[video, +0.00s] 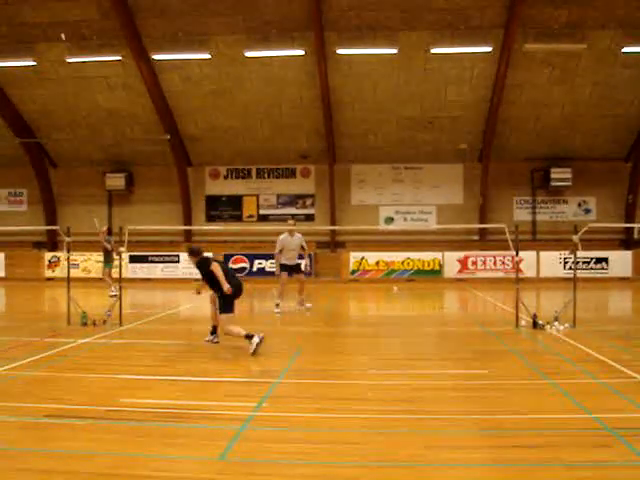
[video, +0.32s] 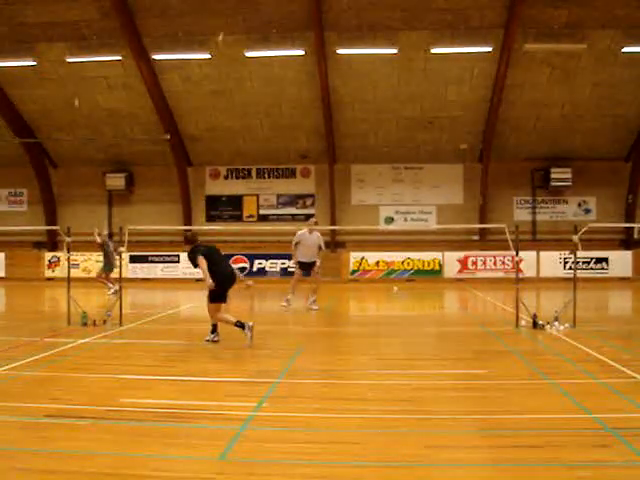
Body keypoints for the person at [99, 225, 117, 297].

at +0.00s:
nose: (102, 234)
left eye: (104, 232)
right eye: (102, 232)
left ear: (107, 232)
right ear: (103, 232)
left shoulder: (109, 239)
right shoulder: (106, 239)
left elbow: (110, 248)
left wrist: (103, 241)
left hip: (109, 260)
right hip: (107, 260)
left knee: (106, 275)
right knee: (109, 275)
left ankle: (113, 289)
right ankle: (113, 288)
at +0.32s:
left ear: (106, 237)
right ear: (111, 237)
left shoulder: (105, 243)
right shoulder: (112, 244)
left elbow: (98, 241)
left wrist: (96, 234)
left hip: (107, 264)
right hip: (112, 264)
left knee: (98, 276)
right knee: (107, 277)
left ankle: (111, 287)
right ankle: (115, 286)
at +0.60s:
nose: (103, 225)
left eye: (106, 225)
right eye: (104, 224)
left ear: (108, 227)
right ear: (105, 225)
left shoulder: (106, 234)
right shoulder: (103, 232)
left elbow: (101, 242)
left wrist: (97, 236)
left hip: (101, 254)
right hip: (97, 253)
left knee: (103, 270)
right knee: (101, 270)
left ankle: (110, 281)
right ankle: (108, 281)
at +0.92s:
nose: (92, 234)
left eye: (94, 232)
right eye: (91, 232)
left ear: (97, 234)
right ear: (90, 233)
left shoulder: (98, 243)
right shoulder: (88, 242)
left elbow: (100, 254)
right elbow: (86, 253)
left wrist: (89, 252)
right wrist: (89, 262)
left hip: (96, 261)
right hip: (88, 259)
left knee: (99, 277)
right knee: (78, 272)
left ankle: (106, 288)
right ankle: (76, 288)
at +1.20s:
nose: (72, 229)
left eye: (74, 227)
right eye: (71, 227)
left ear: (78, 228)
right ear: (70, 229)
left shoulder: (82, 239)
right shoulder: (69, 239)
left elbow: (85, 249)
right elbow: (67, 249)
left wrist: (76, 251)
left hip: (80, 258)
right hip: (72, 257)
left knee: (81, 276)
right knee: (70, 275)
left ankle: (87, 287)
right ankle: (73, 290)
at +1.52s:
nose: (51, 238)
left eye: (52, 236)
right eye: (50, 236)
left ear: (56, 236)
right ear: (48, 236)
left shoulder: (61, 246)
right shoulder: (48, 246)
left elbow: (64, 257)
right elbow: (43, 257)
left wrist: (54, 261)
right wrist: (36, 263)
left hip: (60, 267)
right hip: (51, 267)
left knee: (68, 280)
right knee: (38, 277)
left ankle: (76, 291)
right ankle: (37, 292)